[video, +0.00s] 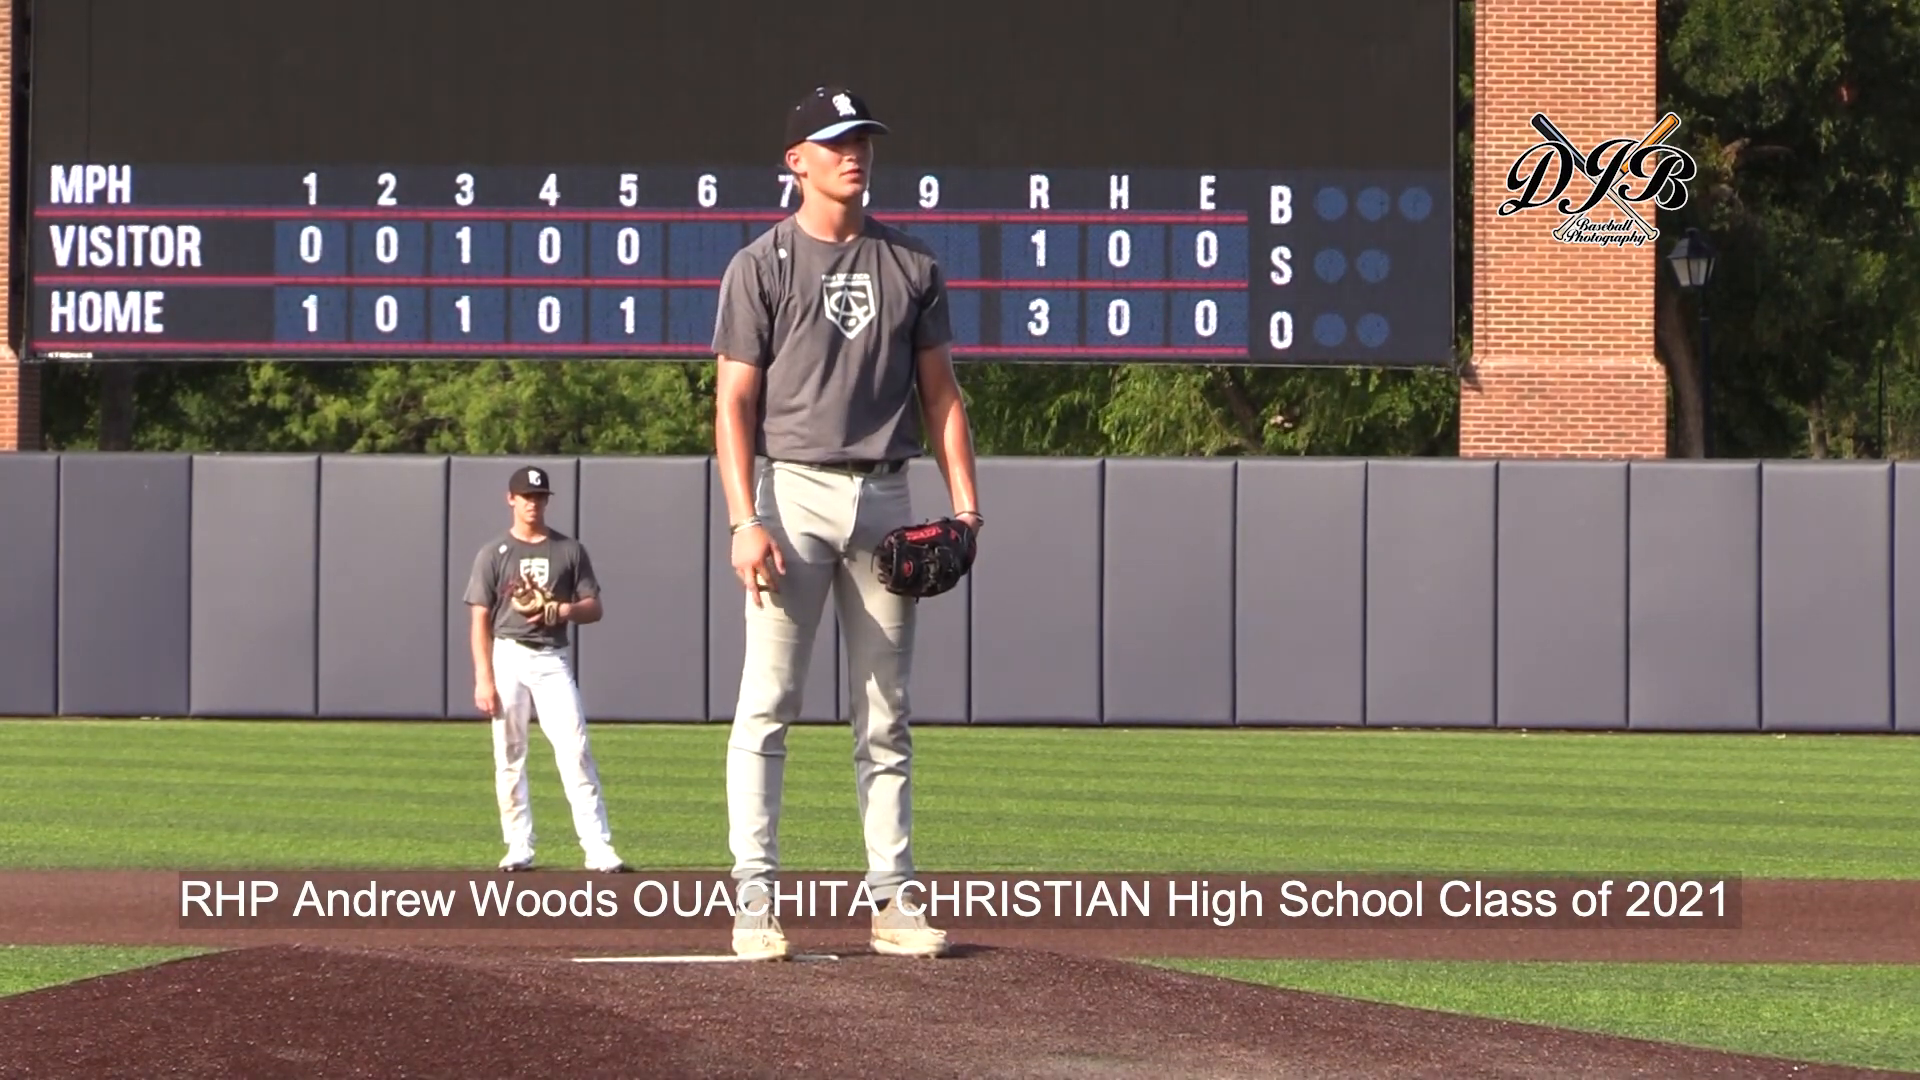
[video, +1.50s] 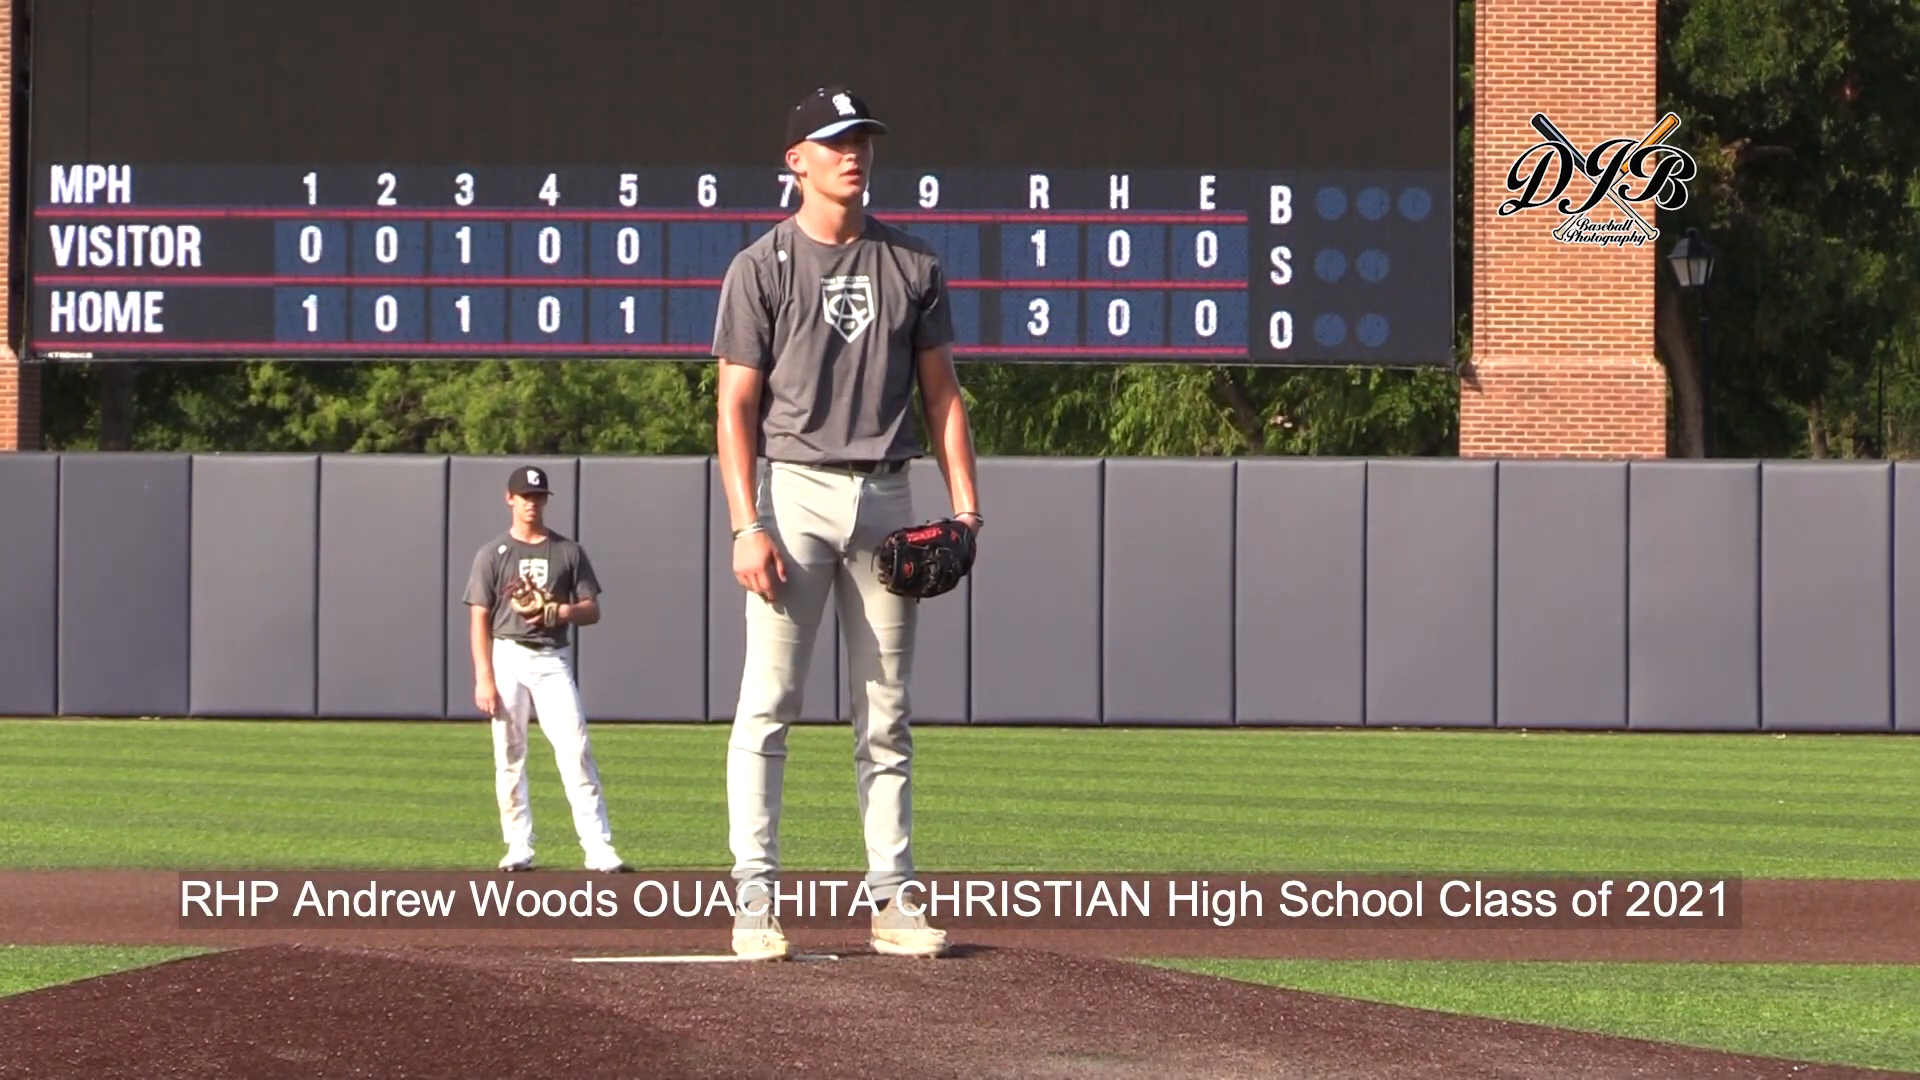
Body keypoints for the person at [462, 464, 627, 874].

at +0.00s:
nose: (534, 504)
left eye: (540, 497)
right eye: (527, 497)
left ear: (548, 500)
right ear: (511, 500)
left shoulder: (571, 550)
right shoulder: (492, 555)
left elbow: (593, 608)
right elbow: (480, 622)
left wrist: (560, 610)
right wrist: (484, 680)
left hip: (552, 658)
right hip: (505, 656)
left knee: (576, 749)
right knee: (509, 756)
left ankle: (599, 852)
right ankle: (519, 850)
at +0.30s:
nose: (536, 504)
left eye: (542, 497)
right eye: (529, 497)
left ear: (550, 500)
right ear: (514, 500)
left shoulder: (573, 551)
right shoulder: (495, 555)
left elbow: (595, 609)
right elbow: (482, 622)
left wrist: (563, 611)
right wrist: (486, 680)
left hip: (555, 659)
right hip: (508, 657)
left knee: (578, 749)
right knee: (510, 756)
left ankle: (600, 852)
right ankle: (519, 850)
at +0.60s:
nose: (537, 504)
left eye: (543, 497)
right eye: (530, 497)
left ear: (551, 500)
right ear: (515, 499)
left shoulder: (573, 552)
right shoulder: (495, 555)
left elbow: (594, 610)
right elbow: (482, 621)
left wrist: (563, 612)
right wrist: (487, 679)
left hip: (555, 660)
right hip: (508, 657)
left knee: (578, 749)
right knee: (510, 756)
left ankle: (600, 851)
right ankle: (519, 850)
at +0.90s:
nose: (536, 504)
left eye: (542, 497)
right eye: (529, 496)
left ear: (550, 500)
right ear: (513, 499)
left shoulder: (571, 552)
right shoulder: (493, 555)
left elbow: (593, 611)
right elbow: (481, 621)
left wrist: (560, 611)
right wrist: (485, 679)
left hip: (553, 659)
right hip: (506, 657)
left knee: (578, 749)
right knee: (509, 756)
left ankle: (600, 851)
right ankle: (519, 850)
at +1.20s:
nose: (533, 504)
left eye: (540, 497)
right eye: (526, 497)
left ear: (548, 500)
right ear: (512, 499)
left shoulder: (570, 552)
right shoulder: (492, 555)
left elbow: (591, 610)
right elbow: (480, 621)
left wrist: (561, 612)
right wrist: (484, 679)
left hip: (553, 659)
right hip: (505, 656)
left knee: (577, 749)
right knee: (509, 757)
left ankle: (600, 851)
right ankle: (518, 850)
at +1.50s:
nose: (532, 504)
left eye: (538, 497)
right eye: (525, 497)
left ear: (547, 500)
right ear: (510, 500)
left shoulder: (569, 551)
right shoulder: (491, 555)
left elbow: (591, 610)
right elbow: (479, 622)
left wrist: (559, 611)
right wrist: (484, 679)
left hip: (552, 658)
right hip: (505, 656)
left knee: (576, 749)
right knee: (509, 757)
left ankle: (599, 851)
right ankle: (519, 850)